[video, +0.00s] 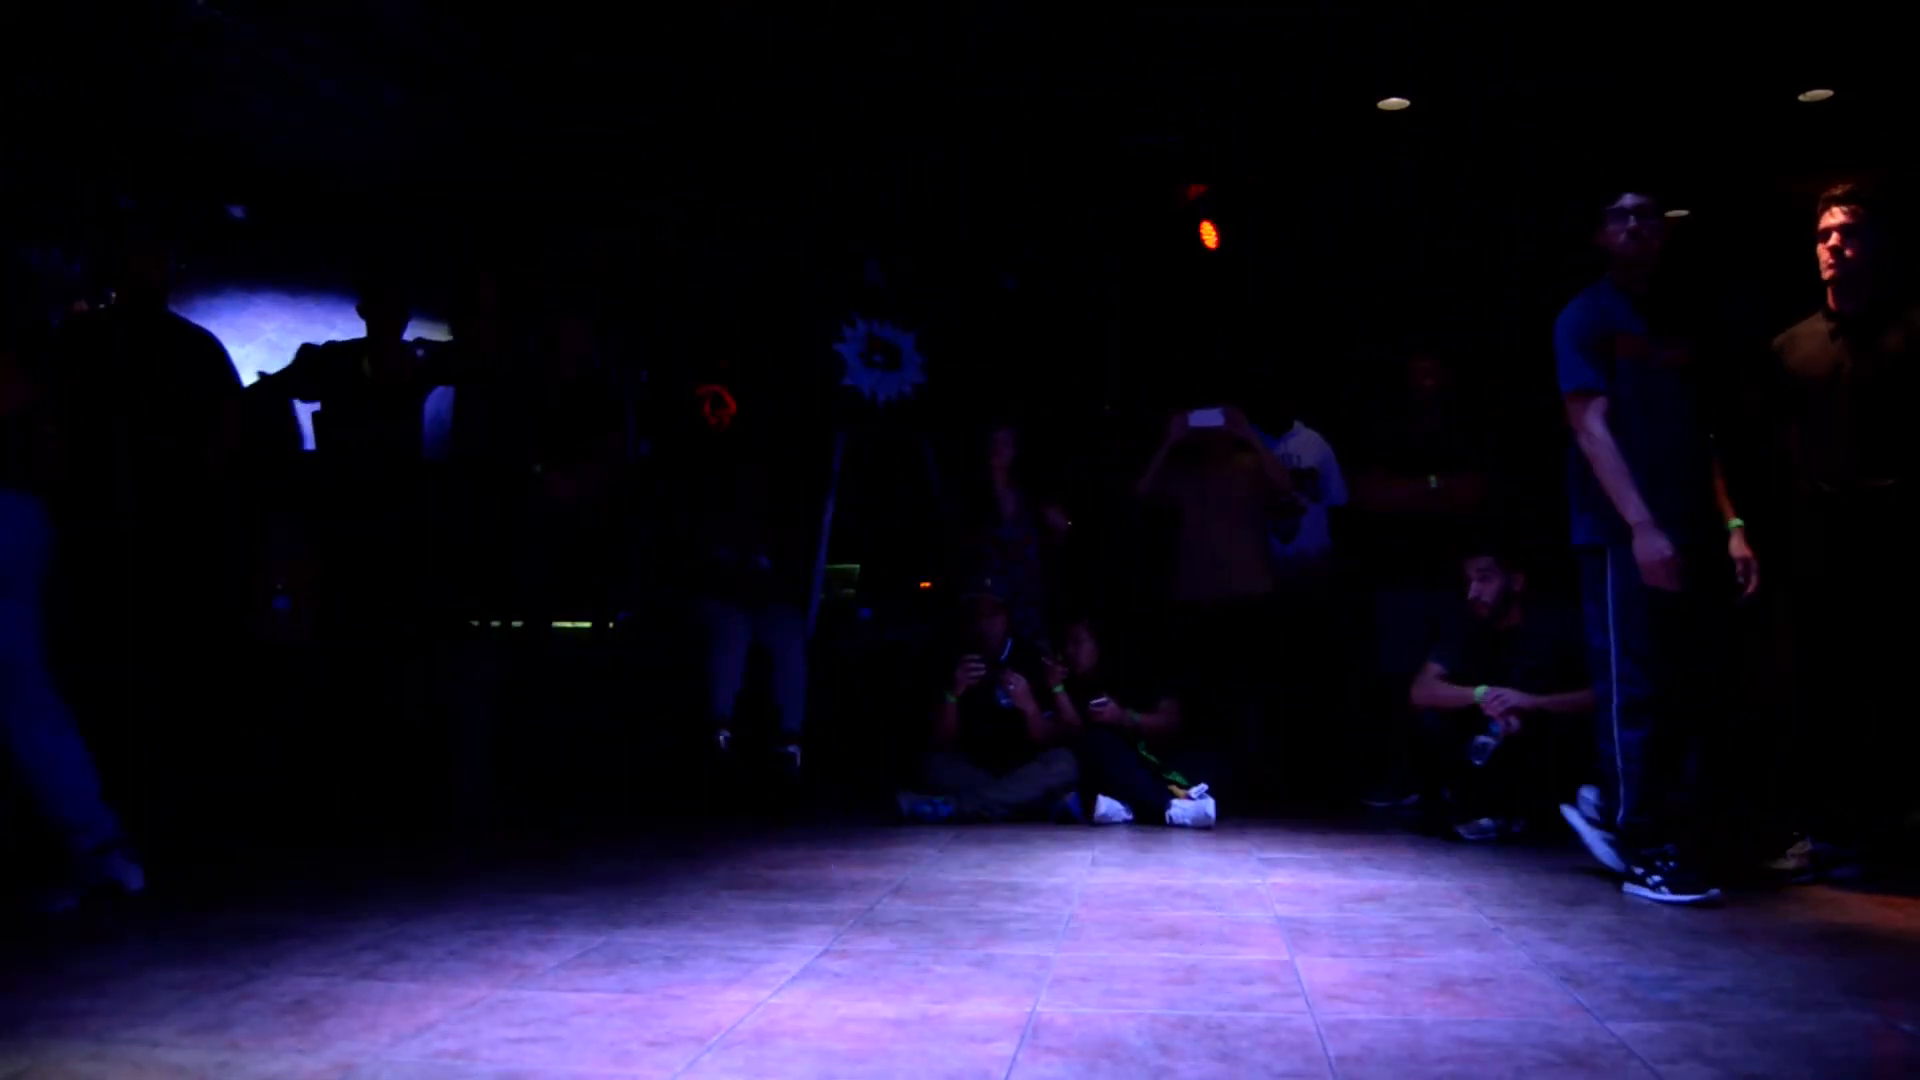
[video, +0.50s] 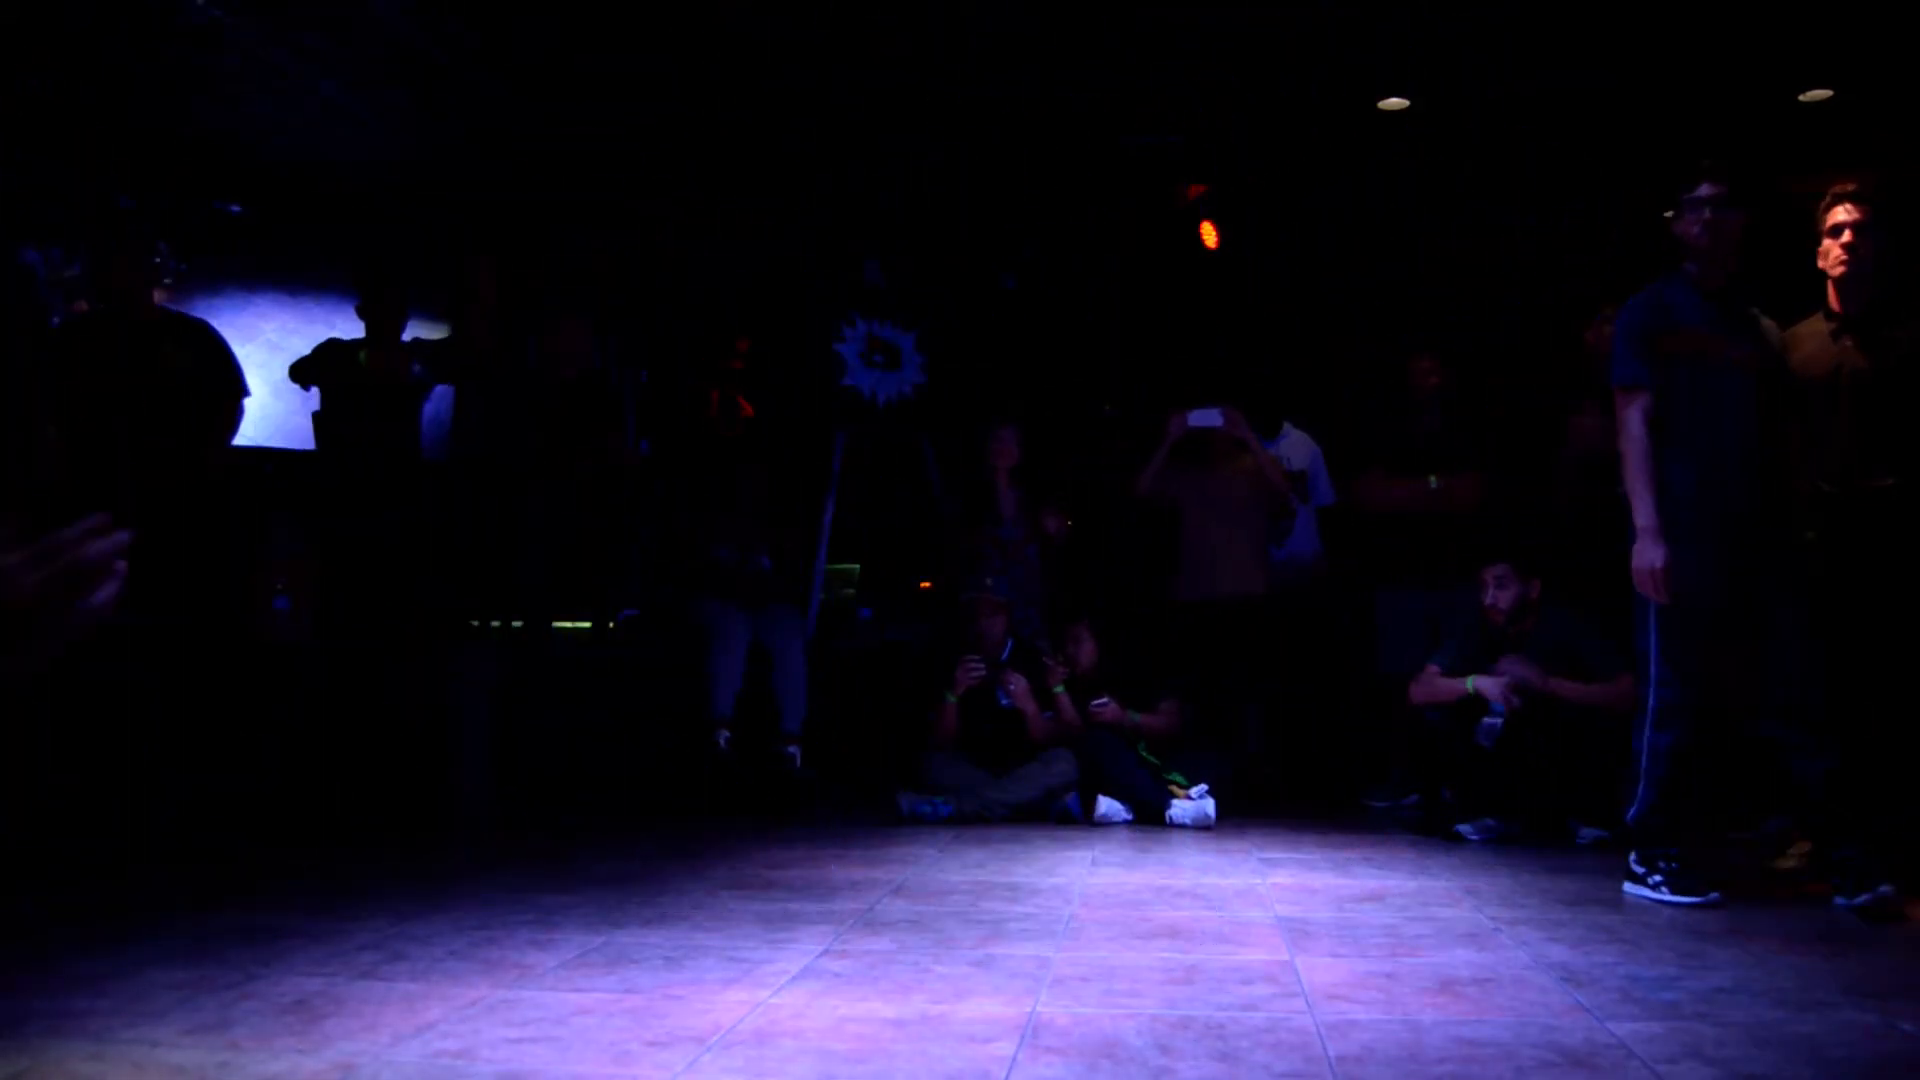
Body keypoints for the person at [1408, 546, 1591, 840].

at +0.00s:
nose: (1473, 592)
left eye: (1485, 580)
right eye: (1469, 581)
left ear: (1515, 582)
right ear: (1464, 583)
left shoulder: (1548, 633)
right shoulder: (1466, 631)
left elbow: (1594, 696)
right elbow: (1421, 691)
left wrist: (1531, 701)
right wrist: (1484, 698)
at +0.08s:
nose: (1478, 601)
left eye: (1489, 589)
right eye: (1473, 590)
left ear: (1518, 589)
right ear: (1467, 591)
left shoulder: (1549, 635)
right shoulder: (1467, 633)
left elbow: (1598, 695)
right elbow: (1422, 694)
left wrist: (1538, 699)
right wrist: (1492, 698)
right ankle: (1482, 813)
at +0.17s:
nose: (1482, 605)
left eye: (1493, 594)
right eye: (1477, 594)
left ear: (1523, 593)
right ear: (1471, 596)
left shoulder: (1554, 637)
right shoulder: (1469, 637)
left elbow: (1602, 691)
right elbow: (1422, 696)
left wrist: (1540, 694)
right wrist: (1495, 698)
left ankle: (1587, 815)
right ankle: (1481, 813)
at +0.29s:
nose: (1485, 602)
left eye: (1497, 590)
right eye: (1480, 592)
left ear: (1527, 592)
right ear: (1474, 594)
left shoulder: (1558, 634)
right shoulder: (1473, 634)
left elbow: (1609, 693)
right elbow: (1423, 695)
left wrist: (1539, 685)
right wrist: (1492, 693)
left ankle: (1586, 814)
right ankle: (1484, 813)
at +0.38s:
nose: (1487, 598)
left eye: (1498, 585)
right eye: (1481, 587)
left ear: (1528, 588)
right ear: (1475, 590)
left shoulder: (1558, 630)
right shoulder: (1473, 632)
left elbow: (1614, 691)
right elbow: (1422, 692)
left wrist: (1549, 677)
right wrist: (1484, 690)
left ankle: (1587, 815)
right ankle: (1491, 814)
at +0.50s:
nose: (1489, 598)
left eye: (1501, 587)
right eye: (1485, 588)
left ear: (1531, 590)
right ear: (1479, 591)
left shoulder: (1564, 633)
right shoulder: (1477, 633)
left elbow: (1624, 693)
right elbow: (1420, 690)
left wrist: (1544, 684)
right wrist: (1476, 684)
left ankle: (1590, 816)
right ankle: (1492, 815)